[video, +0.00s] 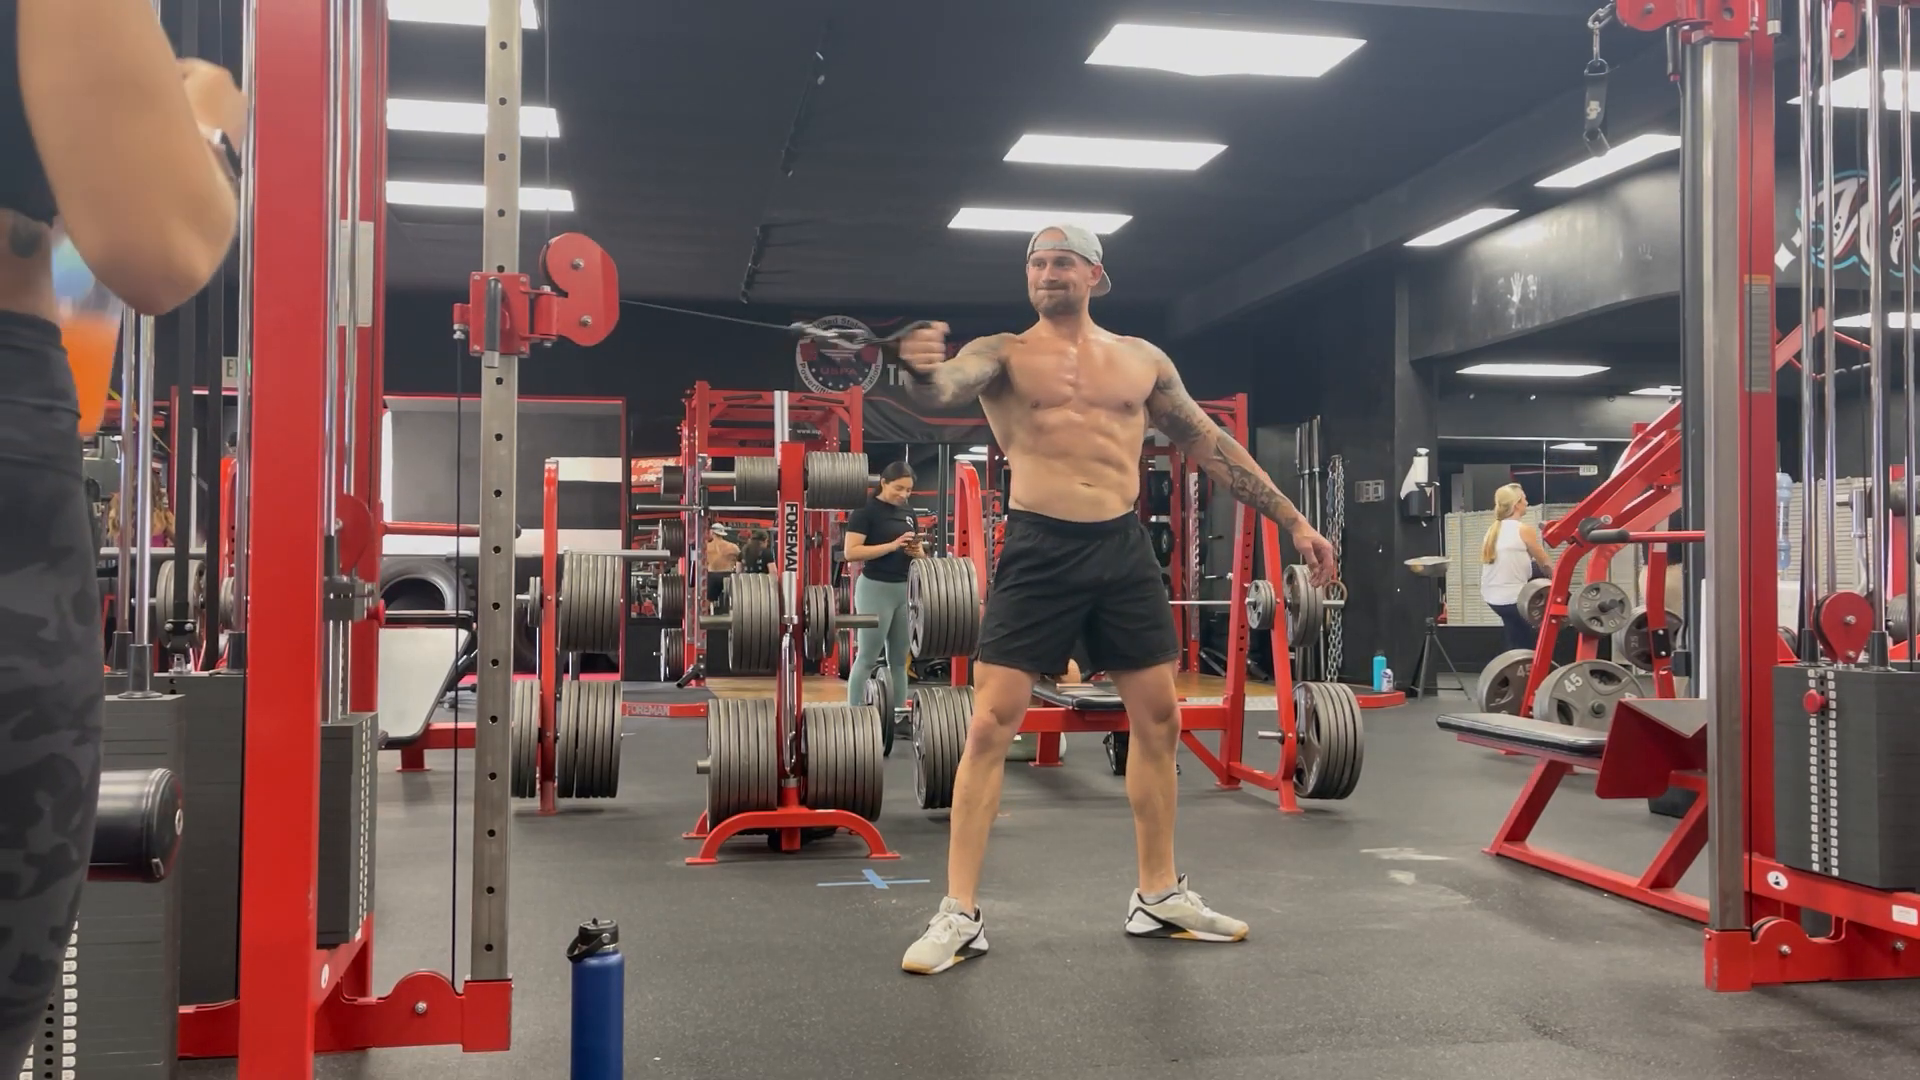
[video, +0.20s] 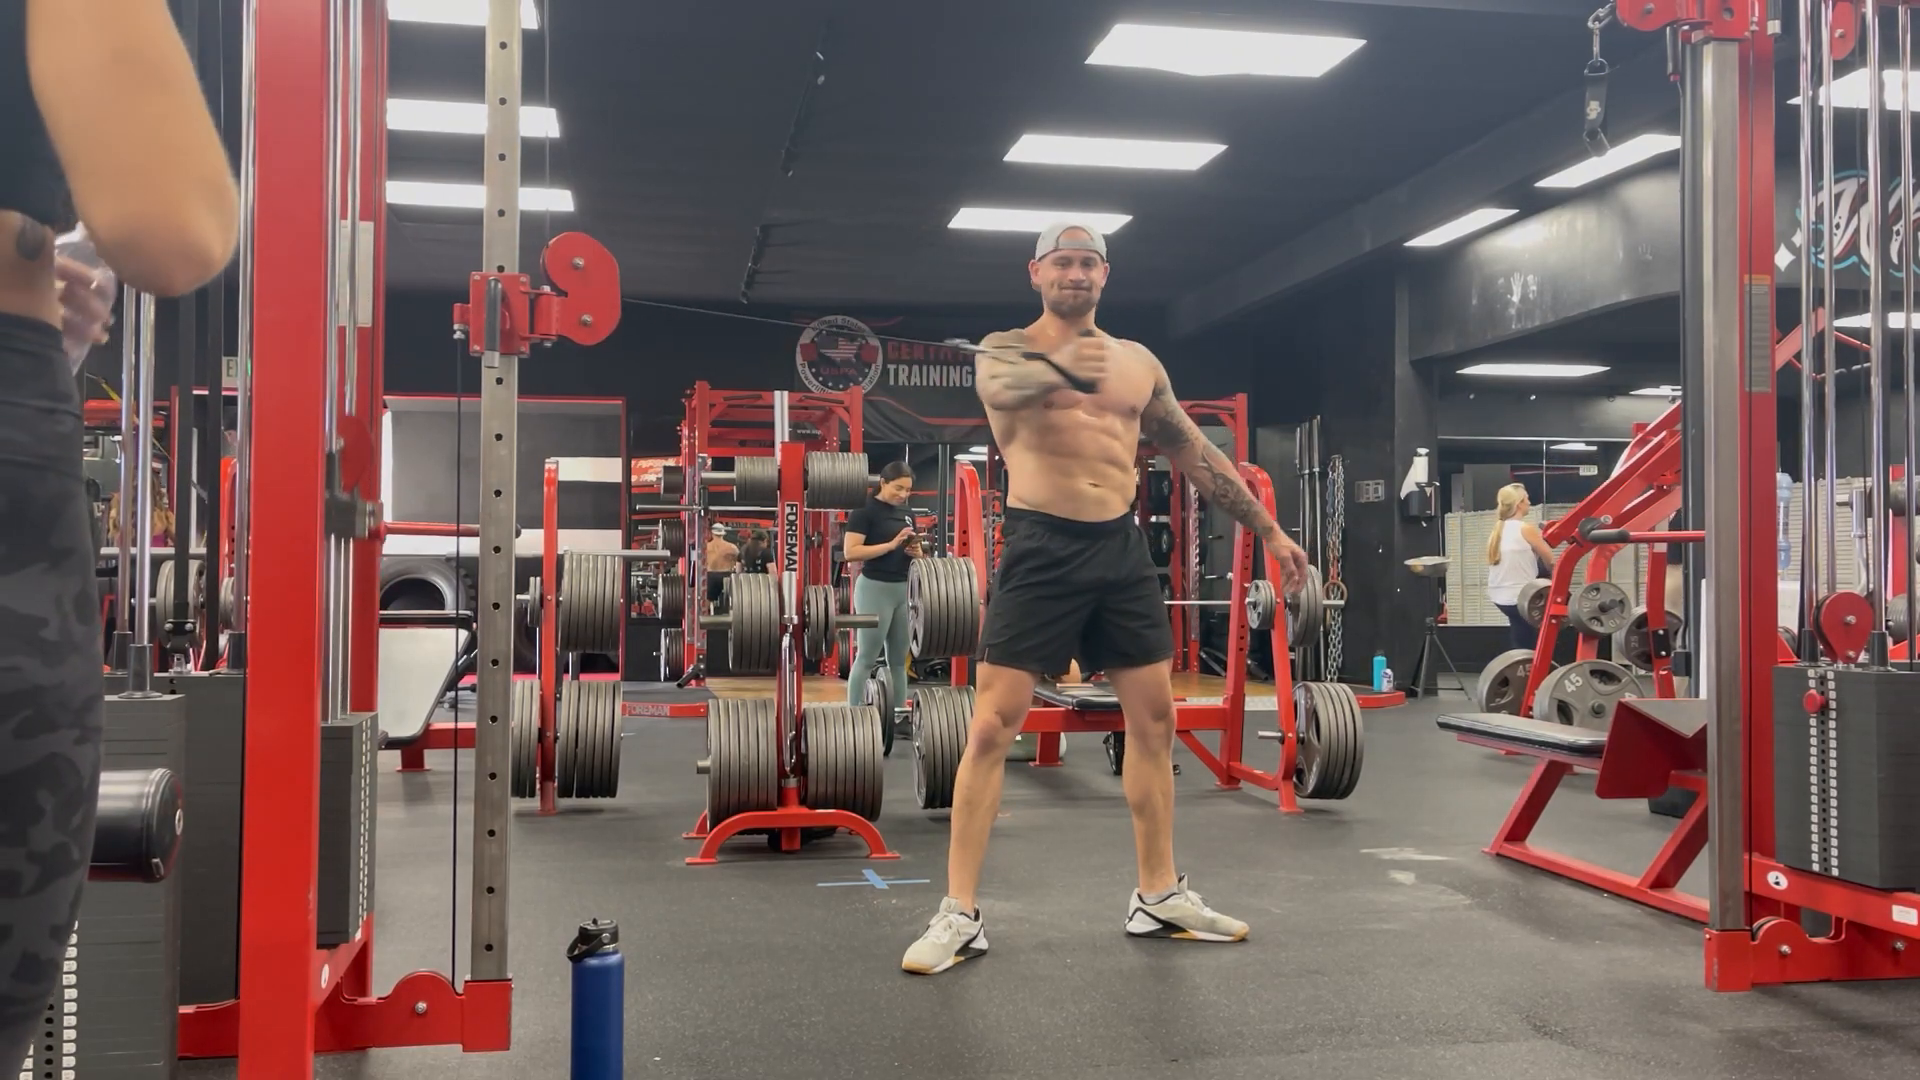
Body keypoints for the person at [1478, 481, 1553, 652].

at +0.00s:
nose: (1526, 503)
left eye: (1525, 499)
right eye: (1524, 500)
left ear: (1503, 506)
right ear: (1516, 505)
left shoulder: (1493, 529)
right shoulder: (1523, 529)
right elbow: (1544, 561)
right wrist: (1556, 579)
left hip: (1492, 598)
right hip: (1514, 600)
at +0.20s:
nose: (1529, 503)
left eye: (1528, 499)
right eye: (1526, 500)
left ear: (1505, 505)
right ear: (1519, 505)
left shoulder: (1498, 529)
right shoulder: (1526, 529)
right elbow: (1549, 559)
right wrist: (1557, 576)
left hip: (1498, 597)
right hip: (1520, 598)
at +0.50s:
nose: (1535, 506)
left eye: (1534, 502)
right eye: (1533, 503)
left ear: (1512, 507)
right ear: (1526, 506)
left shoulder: (1504, 531)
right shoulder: (1533, 530)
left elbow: (1500, 561)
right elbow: (1553, 553)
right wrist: (1560, 554)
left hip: (1509, 595)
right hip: (1533, 595)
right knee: (1529, 640)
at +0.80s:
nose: (1552, 508)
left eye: (1551, 504)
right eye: (1551, 504)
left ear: (1528, 507)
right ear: (1546, 507)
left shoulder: (1520, 532)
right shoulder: (1551, 530)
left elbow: (1519, 561)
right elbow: (1568, 556)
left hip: (1522, 594)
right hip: (1546, 595)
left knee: (1531, 638)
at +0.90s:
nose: (1559, 512)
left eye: (1558, 508)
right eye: (1558, 508)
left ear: (1536, 511)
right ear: (1554, 511)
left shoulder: (1530, 535)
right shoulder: (1554, 535)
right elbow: (1577, 562)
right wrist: (1594, 569)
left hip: (1531, 595)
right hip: (1551, 596)